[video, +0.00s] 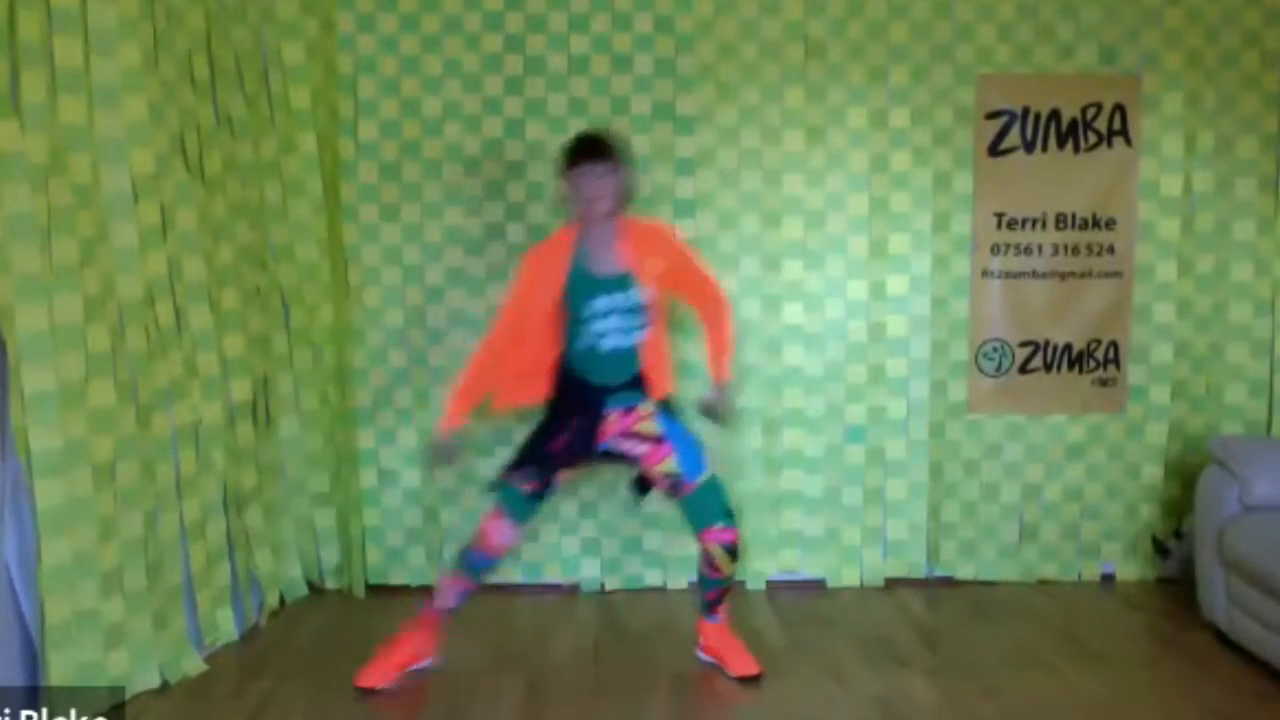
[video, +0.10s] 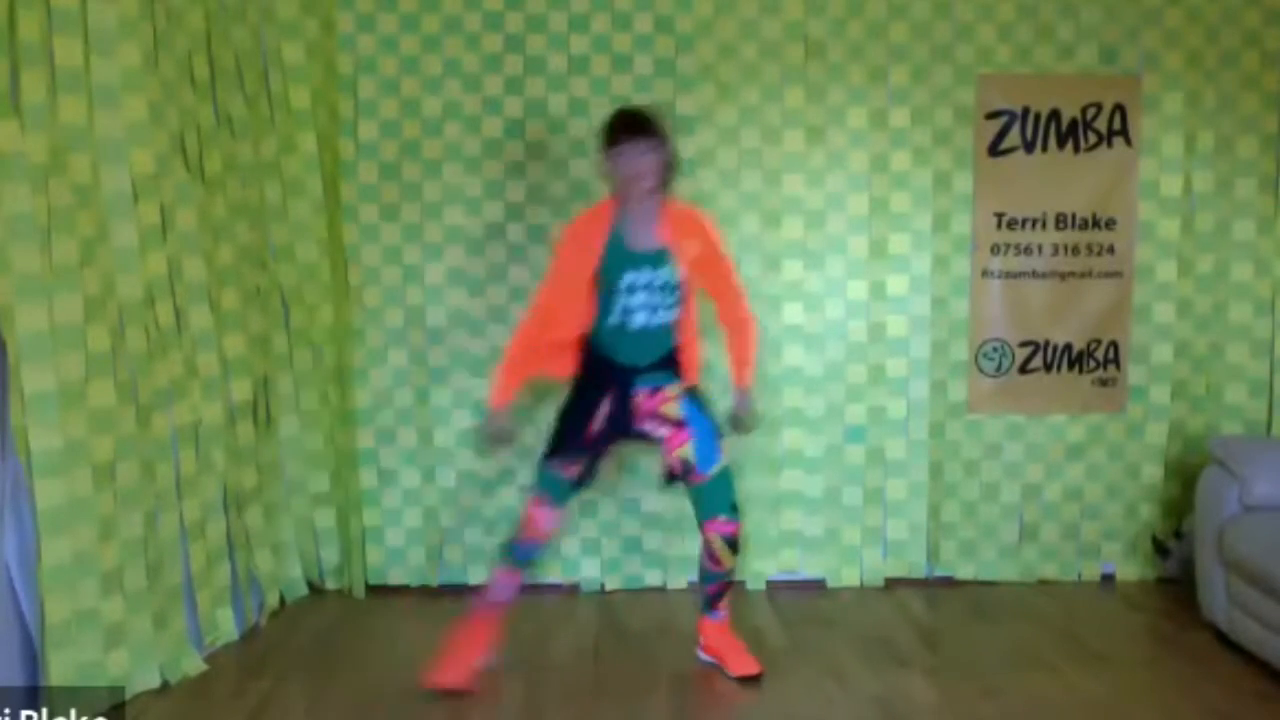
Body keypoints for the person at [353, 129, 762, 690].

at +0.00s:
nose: (595, 194)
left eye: (605, 182)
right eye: (584, 184)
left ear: (623, 185)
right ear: (568, 191)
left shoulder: (654, 245)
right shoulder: (550, 260)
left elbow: (713, 302)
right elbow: (504, 339)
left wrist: (721, 382)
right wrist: (454, 418)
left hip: (641, 409)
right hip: (572, 415)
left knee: (720, 530)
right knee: (499, 531)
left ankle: (715, 629)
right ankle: (424, 633)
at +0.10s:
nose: (640, 173)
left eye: (650, 160)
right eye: (627, 162)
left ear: (667, 165)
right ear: (608, 169)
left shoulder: (689, 228)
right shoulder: (589, 233)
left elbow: (732, 304)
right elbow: (550, 316)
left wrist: (743, 383)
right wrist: (503, 395)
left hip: (666, 384)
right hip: (600, 385)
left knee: (721, 510)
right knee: (542, 514)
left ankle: (716, 626)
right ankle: (480, 631)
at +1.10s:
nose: (952, 260)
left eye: (967, 255)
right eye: (947, 245)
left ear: (980, 274)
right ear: (926, 247)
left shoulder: (966, 346)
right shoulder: (871, 278)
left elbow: (1025, 409)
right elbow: (791, 263)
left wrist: (1097, 475)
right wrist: (784, 331)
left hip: (882, 465)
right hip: (806, 449)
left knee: (998, 529)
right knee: (693, 525)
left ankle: (978, 647)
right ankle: (678, 631)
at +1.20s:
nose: (949, 256)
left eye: (965, 251)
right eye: (944, 242)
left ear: (977, 269)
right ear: (924, 244)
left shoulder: (964, 339)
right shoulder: (871, 278)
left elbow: (1025, 407)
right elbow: (788, 276)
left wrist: (1097, 473)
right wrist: (782, 345)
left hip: (879, 458)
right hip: (807, 445)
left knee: (999, 530)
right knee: (693, 525)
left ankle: (978, 647)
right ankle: (672, 630)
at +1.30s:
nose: (915, 256)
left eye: (929, 249)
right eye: (909, 242)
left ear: (945, 258)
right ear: (893, 238)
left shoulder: (944, 324)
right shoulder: (846, 276)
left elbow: (999, 392)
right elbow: (762, 287)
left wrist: (1069, 463)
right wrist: (755, 357)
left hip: (868, 454)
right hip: (795, 445)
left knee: (987, 531)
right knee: (688, 537)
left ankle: (976, 646)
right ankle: (674, 638)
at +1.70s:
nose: (722, 141)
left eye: (734, 129)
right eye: (711, 128)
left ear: (752, 136)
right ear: (694, 133)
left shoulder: (778, 196)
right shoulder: (670, 203)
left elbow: (804, 283)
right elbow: (644, 294)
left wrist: (820, 367)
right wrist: (627, 385)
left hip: (776, 359)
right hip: (705, 363)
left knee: (792, 497)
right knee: (688, 506)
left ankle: (797, 629)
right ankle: (676, 632)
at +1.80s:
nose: (703, 131)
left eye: (716, 120)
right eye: (692, 119)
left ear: (733, 131)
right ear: (674, 128)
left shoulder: (756, 200)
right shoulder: (644, 196)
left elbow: (771, 293)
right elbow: (617, 288)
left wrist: (767, 381)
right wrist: (611, 376)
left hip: (728, 368)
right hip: (657, 366)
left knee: (721, 507)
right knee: (662, 506)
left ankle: (713, 633)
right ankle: (665, 632)